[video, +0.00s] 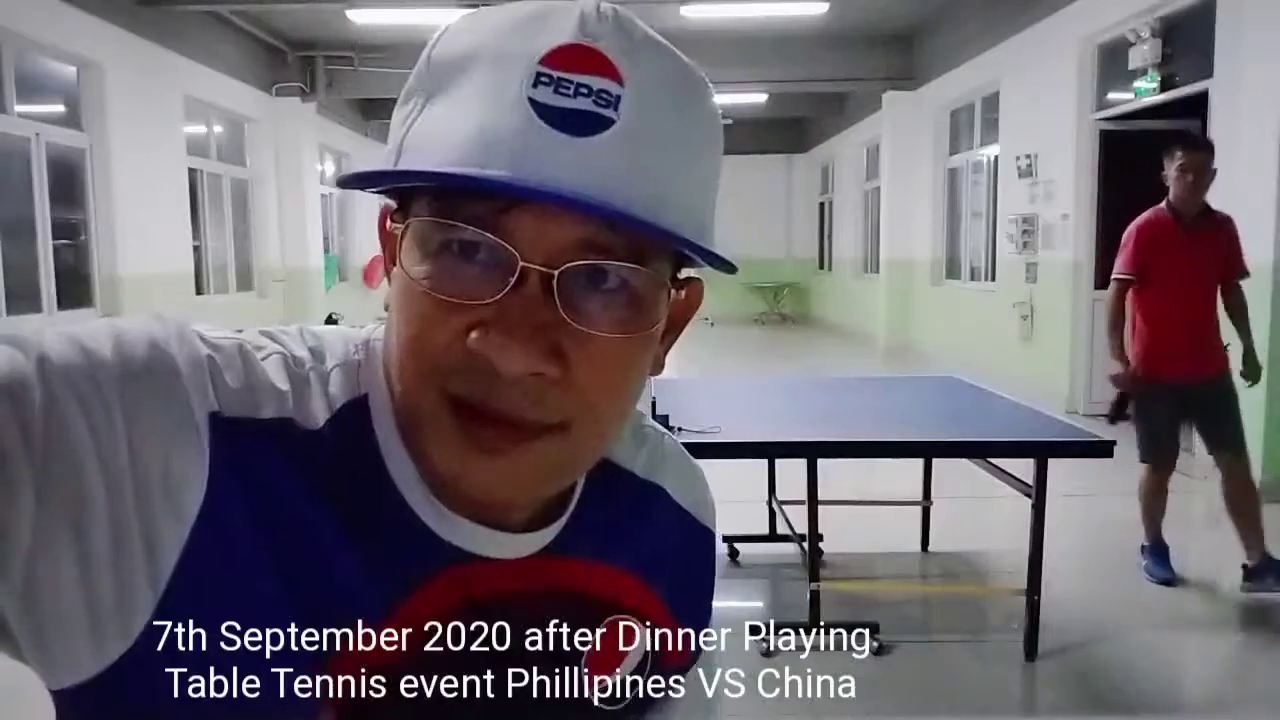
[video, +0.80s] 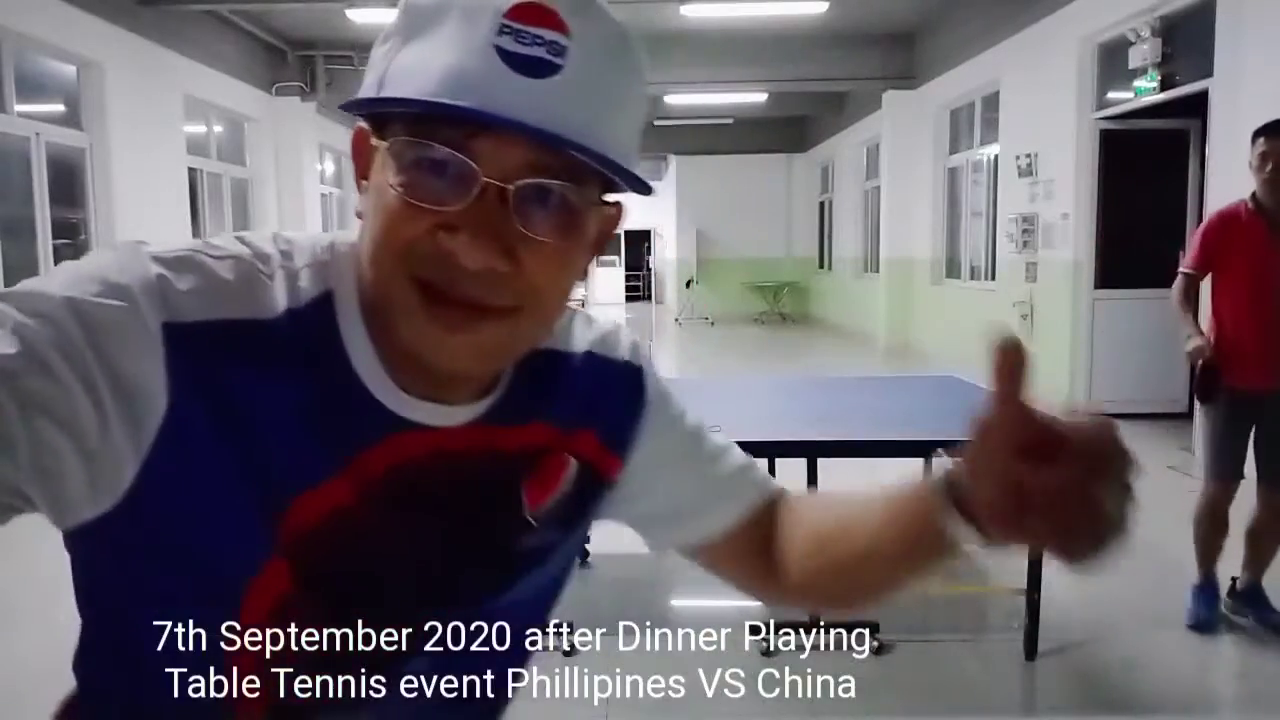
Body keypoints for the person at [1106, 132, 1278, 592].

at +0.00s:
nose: (1193, 179)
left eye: (1201, 172)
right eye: (1184, 171)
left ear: (1211, 176)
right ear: (1167, 174)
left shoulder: (1221, 227)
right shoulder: (1143, 229)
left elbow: (1231, 290)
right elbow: (1117, 294)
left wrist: (1248, 346)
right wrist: (1116, 356)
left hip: (1208, 369)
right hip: (1154, 372)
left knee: (1236, 464)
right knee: (1157, 466)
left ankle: (1257, 561)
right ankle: (1153, 547)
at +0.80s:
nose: (1269, 168)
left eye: (1276, 160)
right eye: (1263, 160)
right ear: (1250, 164)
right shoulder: (1224, 224)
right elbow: (1184, 286)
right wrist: (1193, 332)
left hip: (1276, 387)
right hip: (1228, 383)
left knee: (1275, 502)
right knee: (1219, 492)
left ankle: (1248, 589)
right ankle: (1206, 585)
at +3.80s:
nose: (1082, 181)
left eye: (1088, 167)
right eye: (1080, 169)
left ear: (1122, 163)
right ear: (1118, 168)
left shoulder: (1155, 220)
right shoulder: (1137, 221)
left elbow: (1165, 314)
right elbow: (1147, 304)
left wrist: (1108, 357)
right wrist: (1107, 332)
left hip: (1180, 394)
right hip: (1173, 392)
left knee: (1168, 511)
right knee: (1189, 497)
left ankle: (1154, 630)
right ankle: (1222, 593)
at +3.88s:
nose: (1087, 179)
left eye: (1093, 166)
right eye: (1085, 168)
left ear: (1128, 162)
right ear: (1124, 168)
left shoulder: (1159, 220)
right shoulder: (1144, 220)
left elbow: (1167, 313)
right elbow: (1151, 304)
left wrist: (1110, 357)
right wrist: (1112, 331)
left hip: (1180, 396)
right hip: (1182, 392)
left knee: (1168, 511)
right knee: (1196, 496)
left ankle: (1154, 631)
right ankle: (1229, 592)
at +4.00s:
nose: (1097, 177)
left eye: (1104, 164)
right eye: (1096, 166)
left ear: (1137, 163)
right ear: (1135, 167)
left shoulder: (1167, 222)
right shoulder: (1157, 220)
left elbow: (1169, 312)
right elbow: (1159, 304)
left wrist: (1110, 355)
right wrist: (1119, 331)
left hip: (1185, 395)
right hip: (1194, 391)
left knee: (1170, 511)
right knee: (1204, 496)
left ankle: (1154, 631)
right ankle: (1245, 590)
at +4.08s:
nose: (1104, 178)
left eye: (1110, 165)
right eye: (1103, 167)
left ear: (1142, 161)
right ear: (1143, 165)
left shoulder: (1174, 222)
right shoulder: (1165, 220)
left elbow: (1173, 312)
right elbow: (1167, 303)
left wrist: (1114, 351)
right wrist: (1128, 327)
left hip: (1189, 396)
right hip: (1197, 392)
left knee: (1172, 511)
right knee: (1209, 496)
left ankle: (1153, 631)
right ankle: (1252, 589)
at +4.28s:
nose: (1133, 175)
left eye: (1140, 162)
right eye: (1132, 163)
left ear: (1177, 161)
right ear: (1174, 165)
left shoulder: (1202, 224)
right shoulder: (1192, 221)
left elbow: (1198, 314)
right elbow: (1187, 303)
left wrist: (1134, 342)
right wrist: (1143, 319)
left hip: (1203, 397)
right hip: (1211, 394)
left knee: (1180, 512)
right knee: (1225, 499)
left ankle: (1153, 630)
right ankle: (1267, 601)